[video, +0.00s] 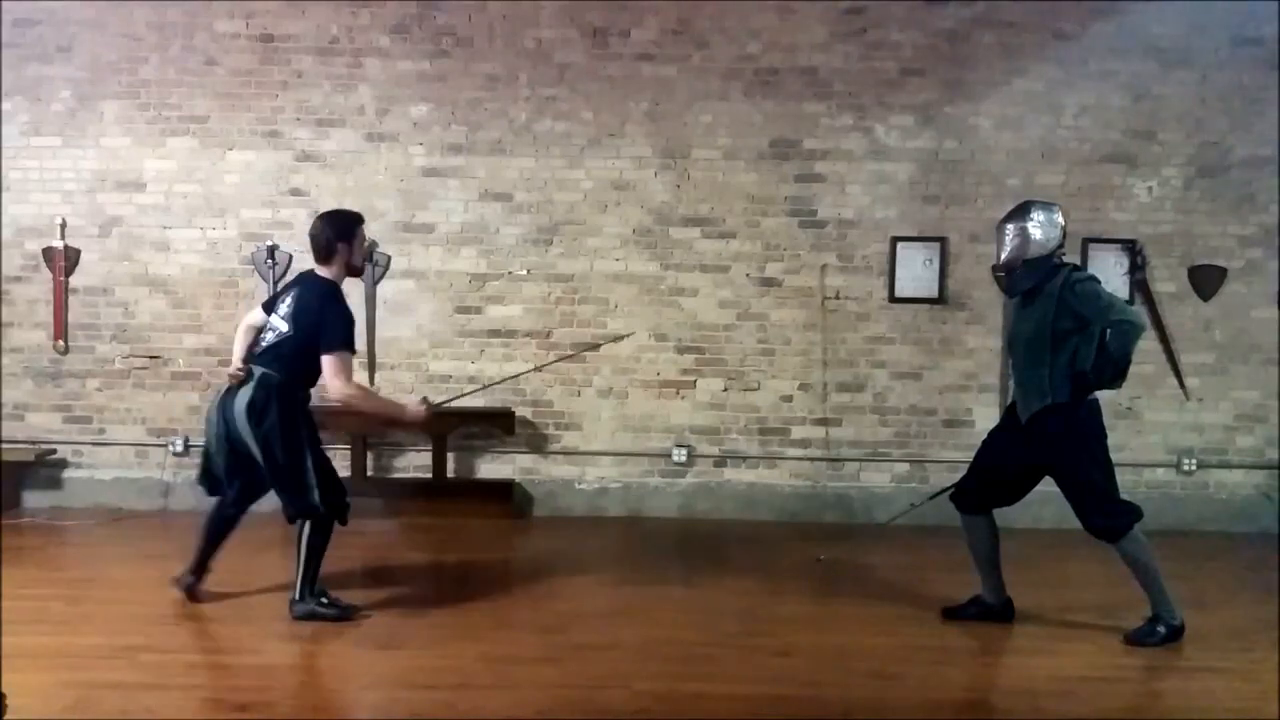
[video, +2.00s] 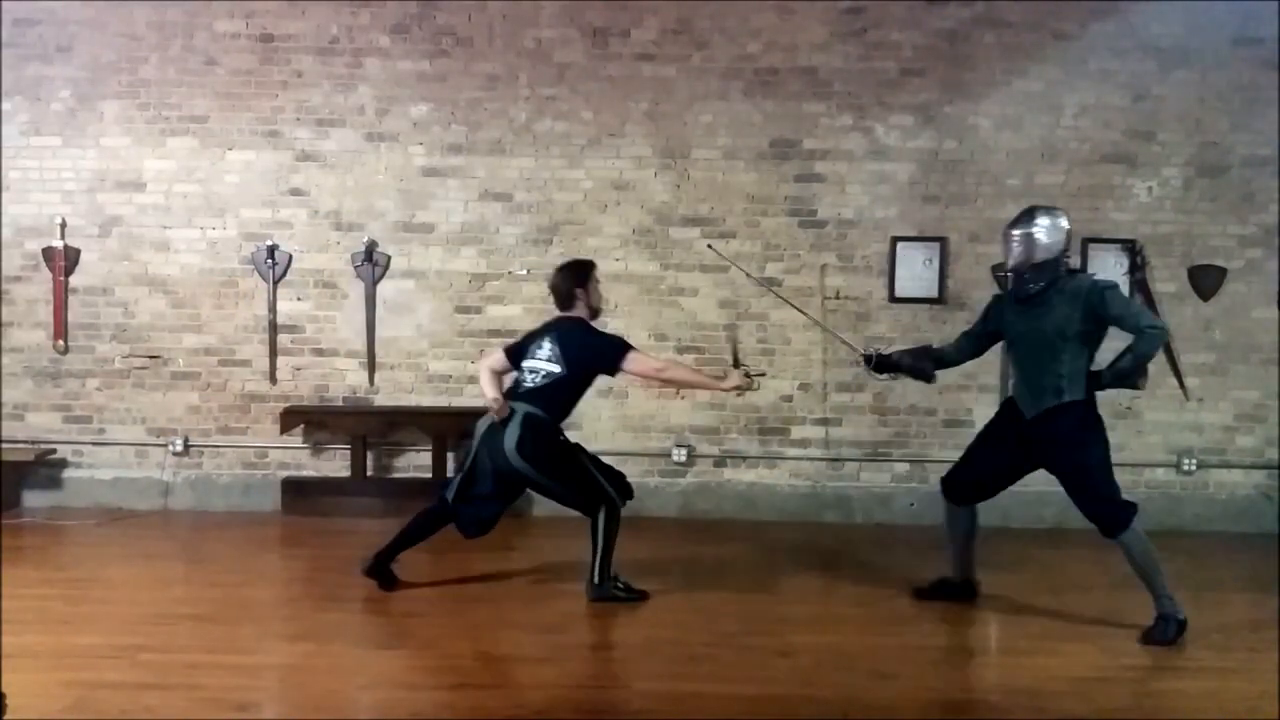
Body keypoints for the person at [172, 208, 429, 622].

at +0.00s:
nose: (366, 249)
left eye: (365, 241)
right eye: (361, 242)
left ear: (322, 248)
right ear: (341, 248)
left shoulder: (297, 285)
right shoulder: (334, 307)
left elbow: (248, 323)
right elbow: (340, 389)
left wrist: (238, 363)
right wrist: (402, 410)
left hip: (238, 398)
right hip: (272, 407)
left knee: (247, 484)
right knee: (325, 496)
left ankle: (192, 574)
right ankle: (306, 595)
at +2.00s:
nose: (603, 293)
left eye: (599, 286)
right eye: (597, 287)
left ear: (561, 297)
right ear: (583, 294)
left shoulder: (536, 337)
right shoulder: (593, 340)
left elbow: (487, 366)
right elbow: (655, 369)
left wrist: (497, 403)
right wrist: (718, 382)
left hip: (493, 434)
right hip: (532, 439)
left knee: (452, 502)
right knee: (607, 496)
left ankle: (382, 559)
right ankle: (601, 581)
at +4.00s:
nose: (298, 245)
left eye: (296, 237)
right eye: (291, 238)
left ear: (267, 247)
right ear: (266, 247)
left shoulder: (275, 294)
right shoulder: (252, 301)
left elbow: (248, 348)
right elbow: (287, 365)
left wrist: (212, 368)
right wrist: (326, 410)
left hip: (220, 406)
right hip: (230, 412)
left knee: (168, 480)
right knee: (282, 489)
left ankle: (128, 555)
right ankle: (267, 584)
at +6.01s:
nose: (521, 231)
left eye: (518, 224)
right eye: (517, 225)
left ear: (482, 233)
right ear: (502, 232)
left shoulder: (455, 270)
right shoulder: (514, 282)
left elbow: (411, 311)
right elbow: (580, 276)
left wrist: (426, 354)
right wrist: (602, 237)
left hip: (439, 390)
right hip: (479, 387)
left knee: (415, 476)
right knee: (554, 415)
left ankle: (401, 568)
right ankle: (504, 485)